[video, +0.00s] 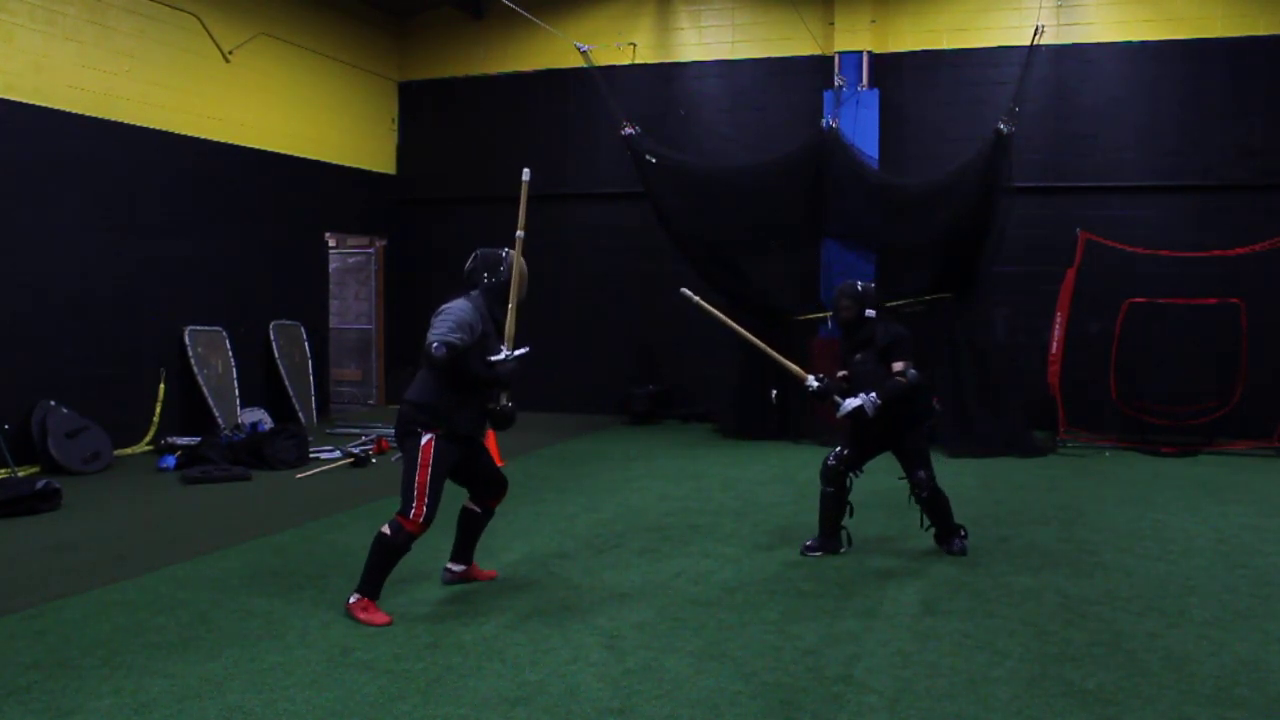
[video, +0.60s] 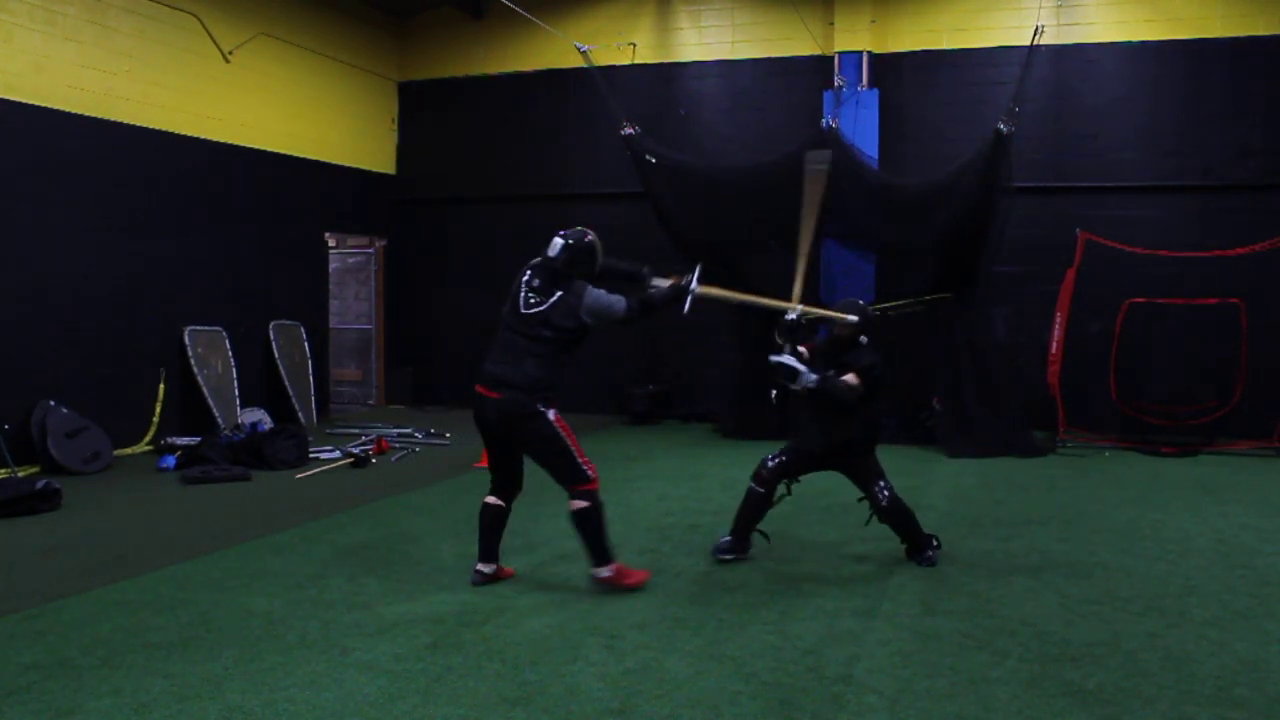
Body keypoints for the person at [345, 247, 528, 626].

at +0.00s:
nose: (515, 291)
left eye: (515, 283)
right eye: (511, 282)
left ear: (487, 279)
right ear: (493, 281)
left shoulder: (488, 321)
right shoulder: (461, 311)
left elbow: (473, 380)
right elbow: (440, 355)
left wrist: (494, 408)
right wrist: (493, 369)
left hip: (455, 428)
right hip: (426, 426)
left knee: (492, 486)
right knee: (415, 515)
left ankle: (460, 565)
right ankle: (362, 597)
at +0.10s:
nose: (521, 289)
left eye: (521, 281)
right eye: (517, 281)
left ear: (491, 278)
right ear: (499, 279)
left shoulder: (496, 320)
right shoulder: (467, 309)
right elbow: (453, 354)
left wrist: (501, 401)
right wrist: (500, 367)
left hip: (456, 425)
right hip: (429, 423)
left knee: (494, 476)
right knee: (416, 516)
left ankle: (467, 559)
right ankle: (362, 597)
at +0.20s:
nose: (527, 284)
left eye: (526, 277)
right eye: (523, 276)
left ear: (490, 274)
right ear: (508, 275)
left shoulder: (499, 312)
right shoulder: (481, 304)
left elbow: (505, 374)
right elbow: (502, 349)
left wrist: (539, 392)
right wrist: (545, 352)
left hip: (459, 425)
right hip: (438, 424)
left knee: (494, 479)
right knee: (417, 513)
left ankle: (483, 565)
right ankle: (363, 596)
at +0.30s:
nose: (535, 281)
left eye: (534, 274)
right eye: (532, 273)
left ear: (496, 273)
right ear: (518, 273)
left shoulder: (497, 311)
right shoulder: (503, 298)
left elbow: (535, 366)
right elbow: (560, 329)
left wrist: (580, 372)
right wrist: (619, 341)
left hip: (470, 419)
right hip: (454, 417)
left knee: (503, 483)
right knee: (445, 511)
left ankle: (483, 566)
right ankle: (376, 584)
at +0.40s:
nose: (552, 272)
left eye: (550, 266)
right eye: (549, 265)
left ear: (510, 265)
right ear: (539, 266)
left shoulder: (499, 297)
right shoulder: (530, 292)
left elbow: (554, 338)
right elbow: (586, 319)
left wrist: (600, 342)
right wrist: (640, 336)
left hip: (478, 407)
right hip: (475, 409)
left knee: (509, 486)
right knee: (499, 499)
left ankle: (484, 566)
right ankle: (426, 561)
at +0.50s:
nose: (572, 268)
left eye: (569, 262)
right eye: (571, 262)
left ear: (530, 256)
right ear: (564, 263)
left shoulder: (508, 283)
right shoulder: (557, 295)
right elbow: (605, 323)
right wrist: (651, 324)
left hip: (472, 400)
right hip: (501, 404)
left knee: (504, 482)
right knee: (549, 483)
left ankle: (485, 564)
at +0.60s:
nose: (594, 267)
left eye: (592, 262)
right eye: (591, 262)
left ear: (555, 254)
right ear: (585, 265)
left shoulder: (531, 271)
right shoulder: (581, 297)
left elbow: (595, 270)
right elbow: (633, 308)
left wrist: (647, 277)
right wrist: (674, 292)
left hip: (487, 398)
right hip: (528, 404)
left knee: (504, 482)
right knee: (582, 480)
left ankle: (485, 564)